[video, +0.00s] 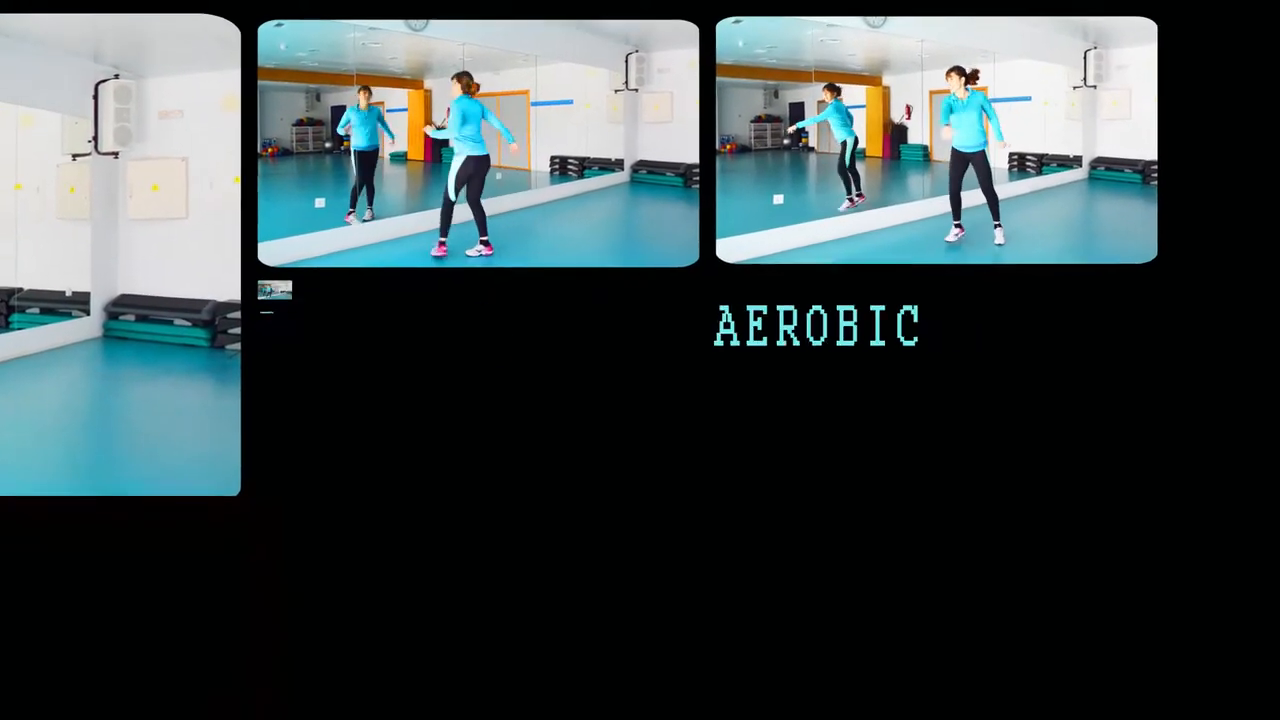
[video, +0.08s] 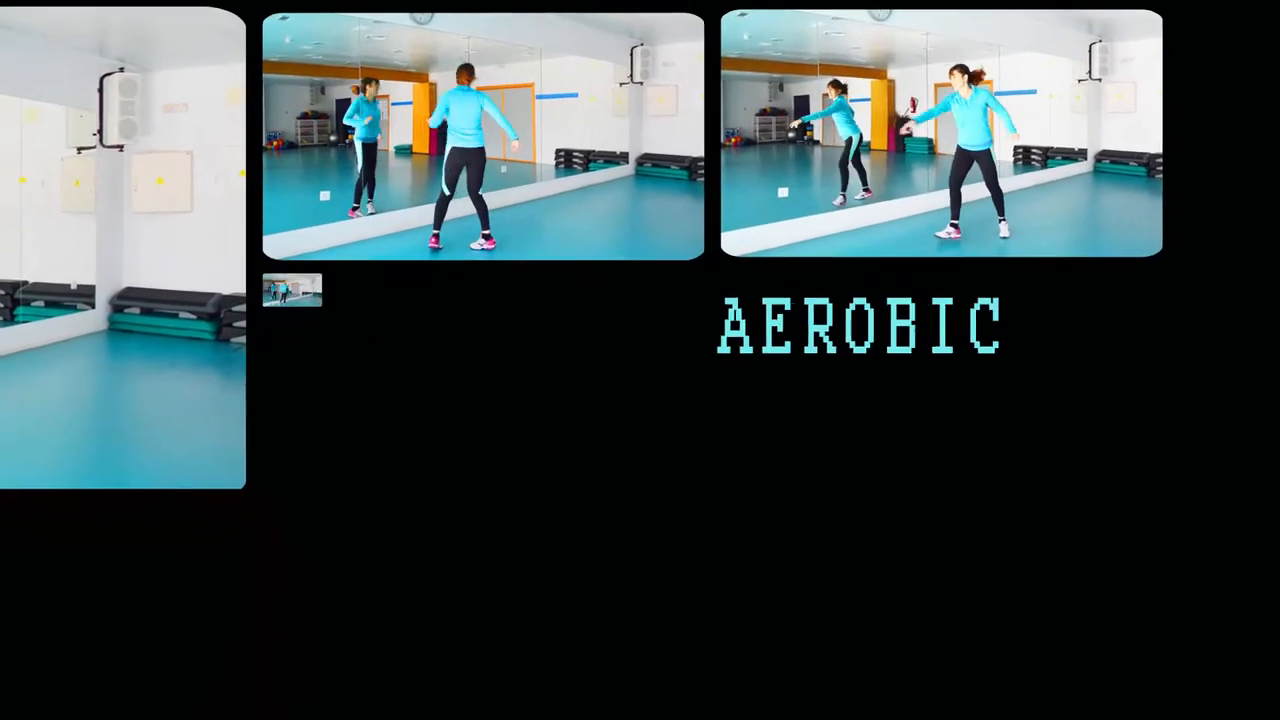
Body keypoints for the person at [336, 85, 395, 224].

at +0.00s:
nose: (365, 96)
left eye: (367, 93)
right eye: (363, 93)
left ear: (370, 96)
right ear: (359, 96)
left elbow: (384, 124)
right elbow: (339, 128)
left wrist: (391, 136)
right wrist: (344, 132)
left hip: (373, 147)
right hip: (358, 148)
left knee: (369, 180)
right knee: (360, 180)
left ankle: (369, 209)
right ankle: (351, 211)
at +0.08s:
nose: (377, 89)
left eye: (378, 87)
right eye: (376, 87)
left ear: (373, 88)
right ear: (368, 87)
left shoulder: (375, 103)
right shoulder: (358, 102)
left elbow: (375, 120)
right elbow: (346, 119)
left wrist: (379, 131)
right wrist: (362, 122)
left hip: (373, 139)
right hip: (361, 139)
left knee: (371, 172)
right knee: (363, 172)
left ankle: (370, 202)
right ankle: (355, 207)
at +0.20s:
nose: (381, 78)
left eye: (380, 75)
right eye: (380, 75)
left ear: (369, 78)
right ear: (378, 77)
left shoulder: (367, 91)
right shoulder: (374, 89)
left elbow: (353, 108)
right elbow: (369, 106)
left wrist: (352, 123)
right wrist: (385, 115)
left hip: (364, 127)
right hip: (368, 128)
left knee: (371, 162)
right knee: (369, 162)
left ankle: (365, 195)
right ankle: (362, 198)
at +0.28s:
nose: (366, 73)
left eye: (366, 71)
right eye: (366, 71)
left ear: (369, 72)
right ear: (379, 71)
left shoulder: (362, 85)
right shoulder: (381, 83)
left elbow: (349, 100)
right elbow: (382, 100)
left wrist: (340, 116)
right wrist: (398, 109)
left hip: (362, 121)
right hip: (374, 122)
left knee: (365, 157)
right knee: (375, 157)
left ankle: (360, 191)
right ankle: (368, 193)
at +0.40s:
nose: (366, 64)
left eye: (367, 61)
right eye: (367, 61)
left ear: (369, 62)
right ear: (380, 62)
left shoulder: (362, 76)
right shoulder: (386, 75)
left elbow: (351, 92)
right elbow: (396, 90)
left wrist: (335, 104)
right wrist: (412, 94)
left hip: (365, 116)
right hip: (381, 115)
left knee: (363, 151)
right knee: (382, 151)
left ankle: (354, 185)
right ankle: (381, 186)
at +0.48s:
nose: (365, 60)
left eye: (366, 57)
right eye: (366, 57)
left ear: (370, 58)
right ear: (380, 58)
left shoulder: (365, 71)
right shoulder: (389, 71)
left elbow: (356, 88)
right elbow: (404, 86)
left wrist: (338, 97)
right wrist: (420, 86)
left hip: (368, 111)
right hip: (384, 111)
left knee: (363, 148)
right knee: (387, 147)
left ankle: (355, 183)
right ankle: (389, 181)